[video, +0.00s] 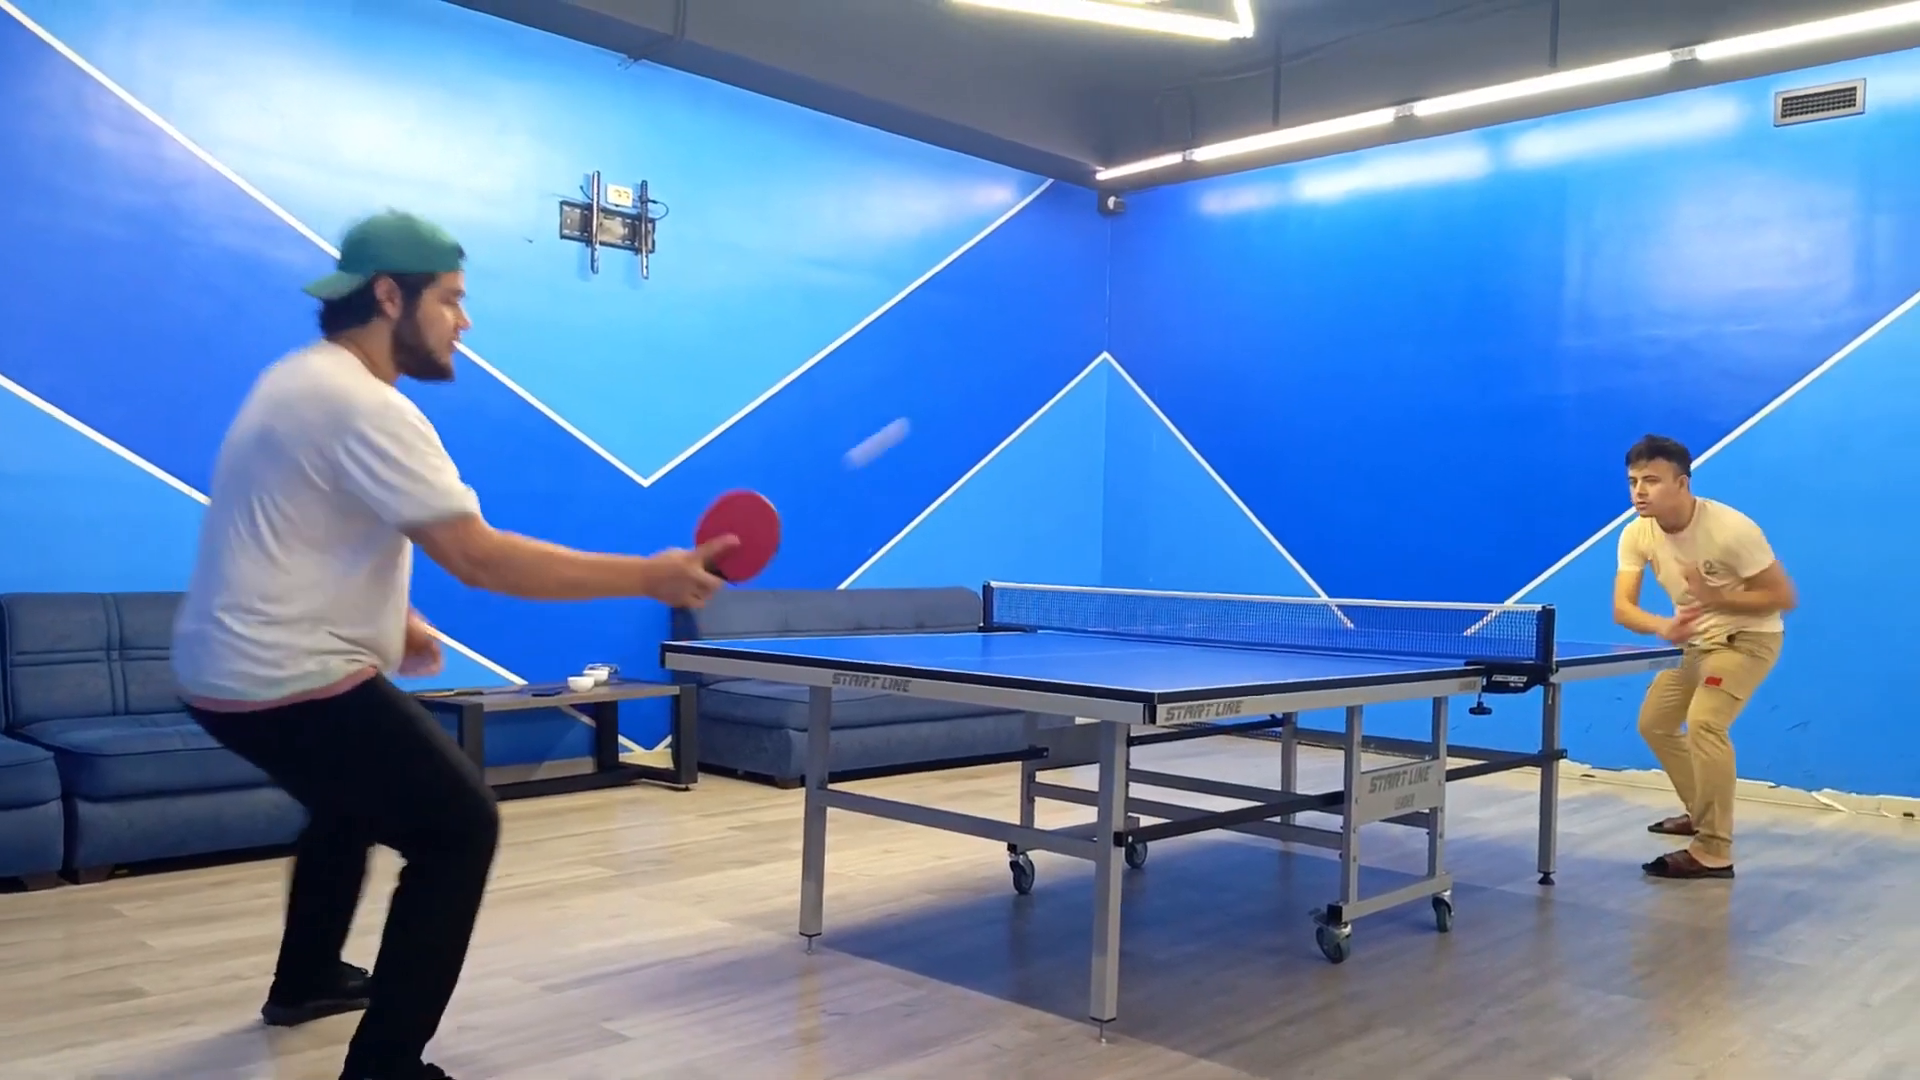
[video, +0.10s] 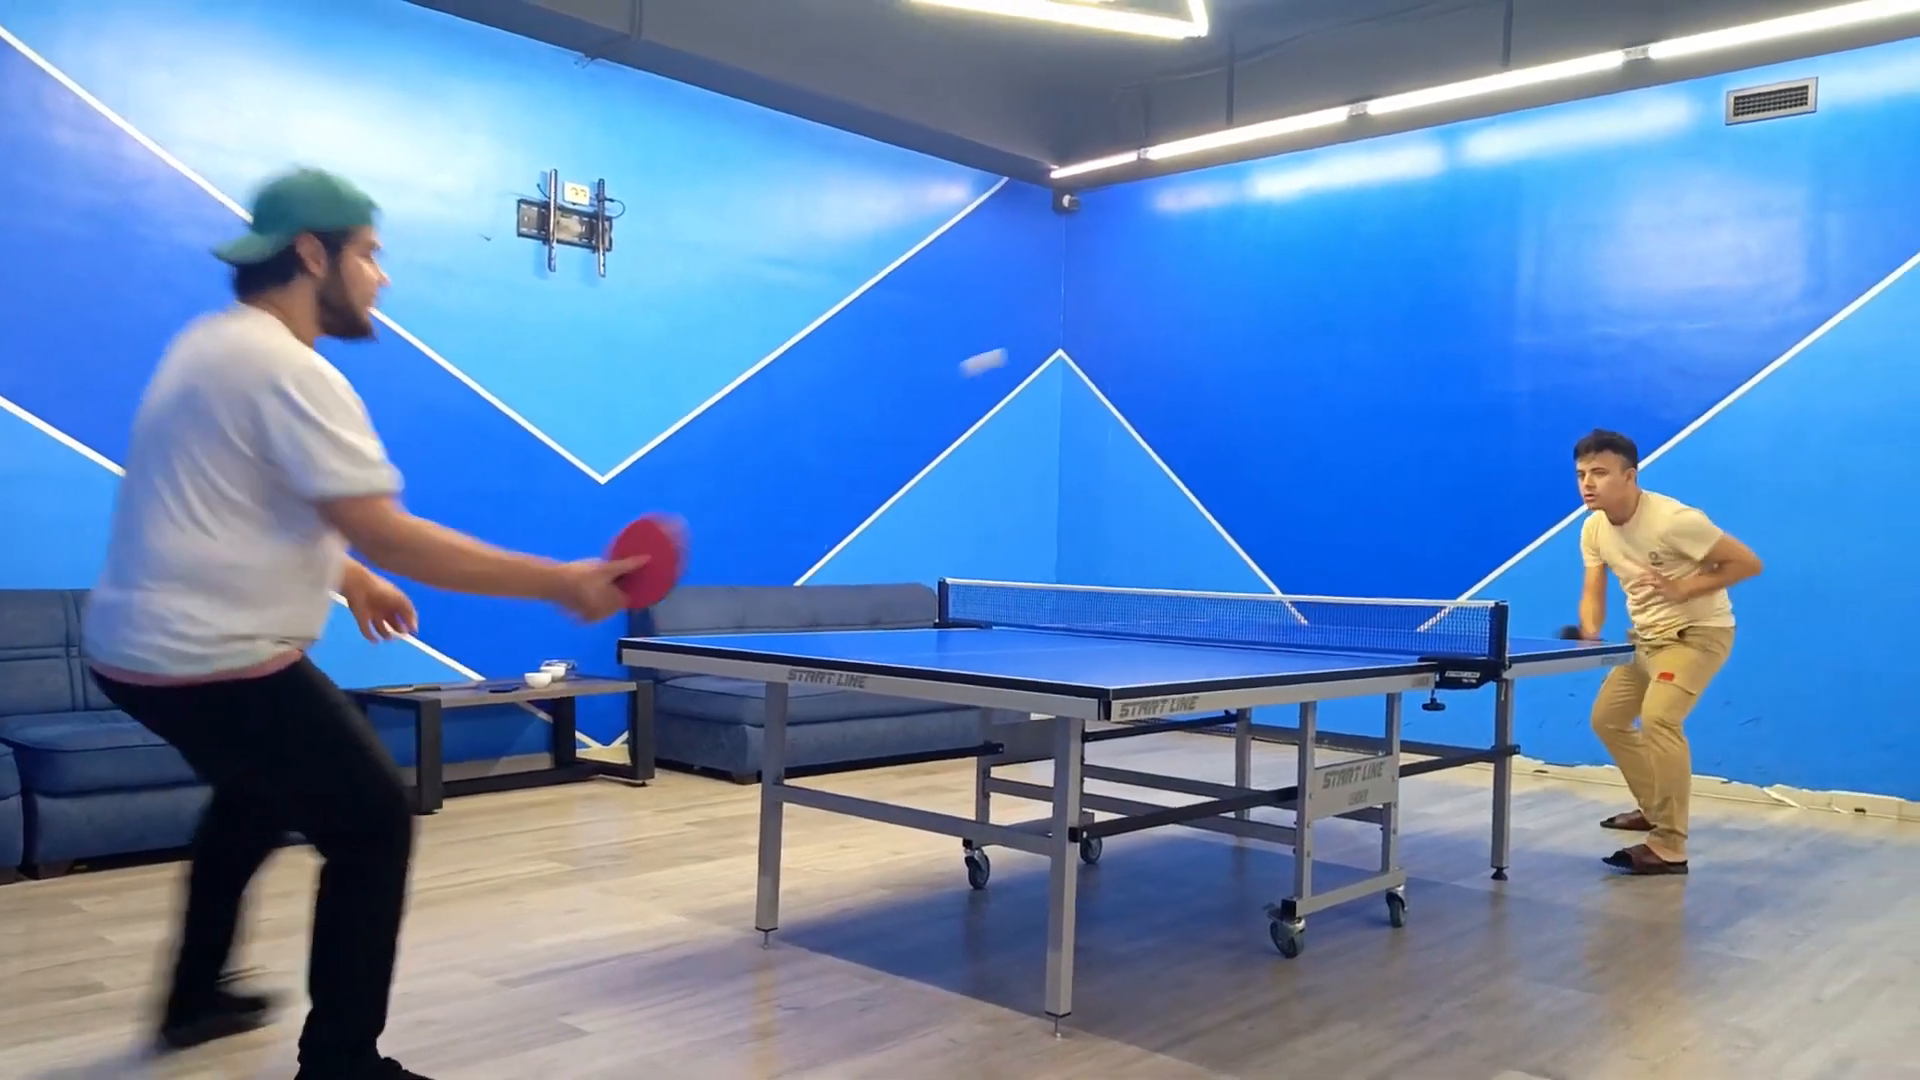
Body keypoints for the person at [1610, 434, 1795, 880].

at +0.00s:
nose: (1639, 491)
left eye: (1651, 481)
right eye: (1634, 482)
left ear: (1682, 483)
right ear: (1630, 485)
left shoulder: (1731, 529)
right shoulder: (1637, 533)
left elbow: (1785, 595)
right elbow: (1622, 609)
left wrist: (1719, 598)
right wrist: (1662, 626)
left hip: (1749, 636)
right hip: (1696, 640)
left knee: (1705, 725)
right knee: (1656, 725)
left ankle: (1714, 850)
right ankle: (1702, 814)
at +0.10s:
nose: (1587, 484)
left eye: (1598, 473)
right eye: (1582, 474)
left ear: (1631, 476)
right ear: (1578, 478)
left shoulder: (1676, 522)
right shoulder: (1594, 529)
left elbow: (1749, 563)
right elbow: (1593, 591)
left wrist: (1687, 586)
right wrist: (1590, 630)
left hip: (1698, 634)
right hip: (1648, 639)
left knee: (1659, 720)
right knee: (1609, 720)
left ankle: (1670, 846)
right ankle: (1655, 809)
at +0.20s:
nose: (1539, 477)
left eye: (1552, 467)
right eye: (1535, 468)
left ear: (1582, 471)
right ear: (1532, 474)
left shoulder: (1622, 517)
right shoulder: (1557, 527)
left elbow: (1689, 568)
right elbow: (1567, 598)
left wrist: (1624, 586)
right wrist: (1528, 633)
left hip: (1655, 631)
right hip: (1606, 635)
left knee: (1608, 717)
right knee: (1565, 714)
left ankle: (1626, 842)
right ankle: (1613, 806)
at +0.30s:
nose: (1575, 475)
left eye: (1586, 465)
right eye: (1570, 468)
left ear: (1618, 472)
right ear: (1567, 475)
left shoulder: (1648, 515)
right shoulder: (1601, 532)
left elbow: (1680, 587)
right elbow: (1622, 600)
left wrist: (1606, 590)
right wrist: (1575, 635)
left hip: (1687, 634)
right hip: (1645, 638)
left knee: (1625, 719)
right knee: (1597, 717)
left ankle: (1657, 845)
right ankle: (1646, 810)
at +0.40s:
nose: (1612, 469)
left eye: (1623, 460)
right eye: (1609, 462)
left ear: (1657, 464)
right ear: (1609, 468)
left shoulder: (1666, 501)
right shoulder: (1662, 508)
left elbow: (1650, 575)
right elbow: (1682, 599)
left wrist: (1597, 577)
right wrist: (1635, 634)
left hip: (1711, 636)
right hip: (1688, 636)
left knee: (1644, 724)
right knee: (1634, 717)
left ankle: (1690, 851)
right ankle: (1681, 815)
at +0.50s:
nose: (1648, 463)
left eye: (1657, 451)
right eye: (1645, 455)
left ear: (1691, 453)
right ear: (1693, 459)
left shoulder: (1688, 487)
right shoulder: (1730, 499)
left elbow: (1622, 542)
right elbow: (1763, 583)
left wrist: (1613, 555)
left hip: (1725, 630)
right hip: (1745, 628)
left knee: (1671, 730)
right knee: (1686, 722)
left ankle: (1723, 853)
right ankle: (1720, 816)